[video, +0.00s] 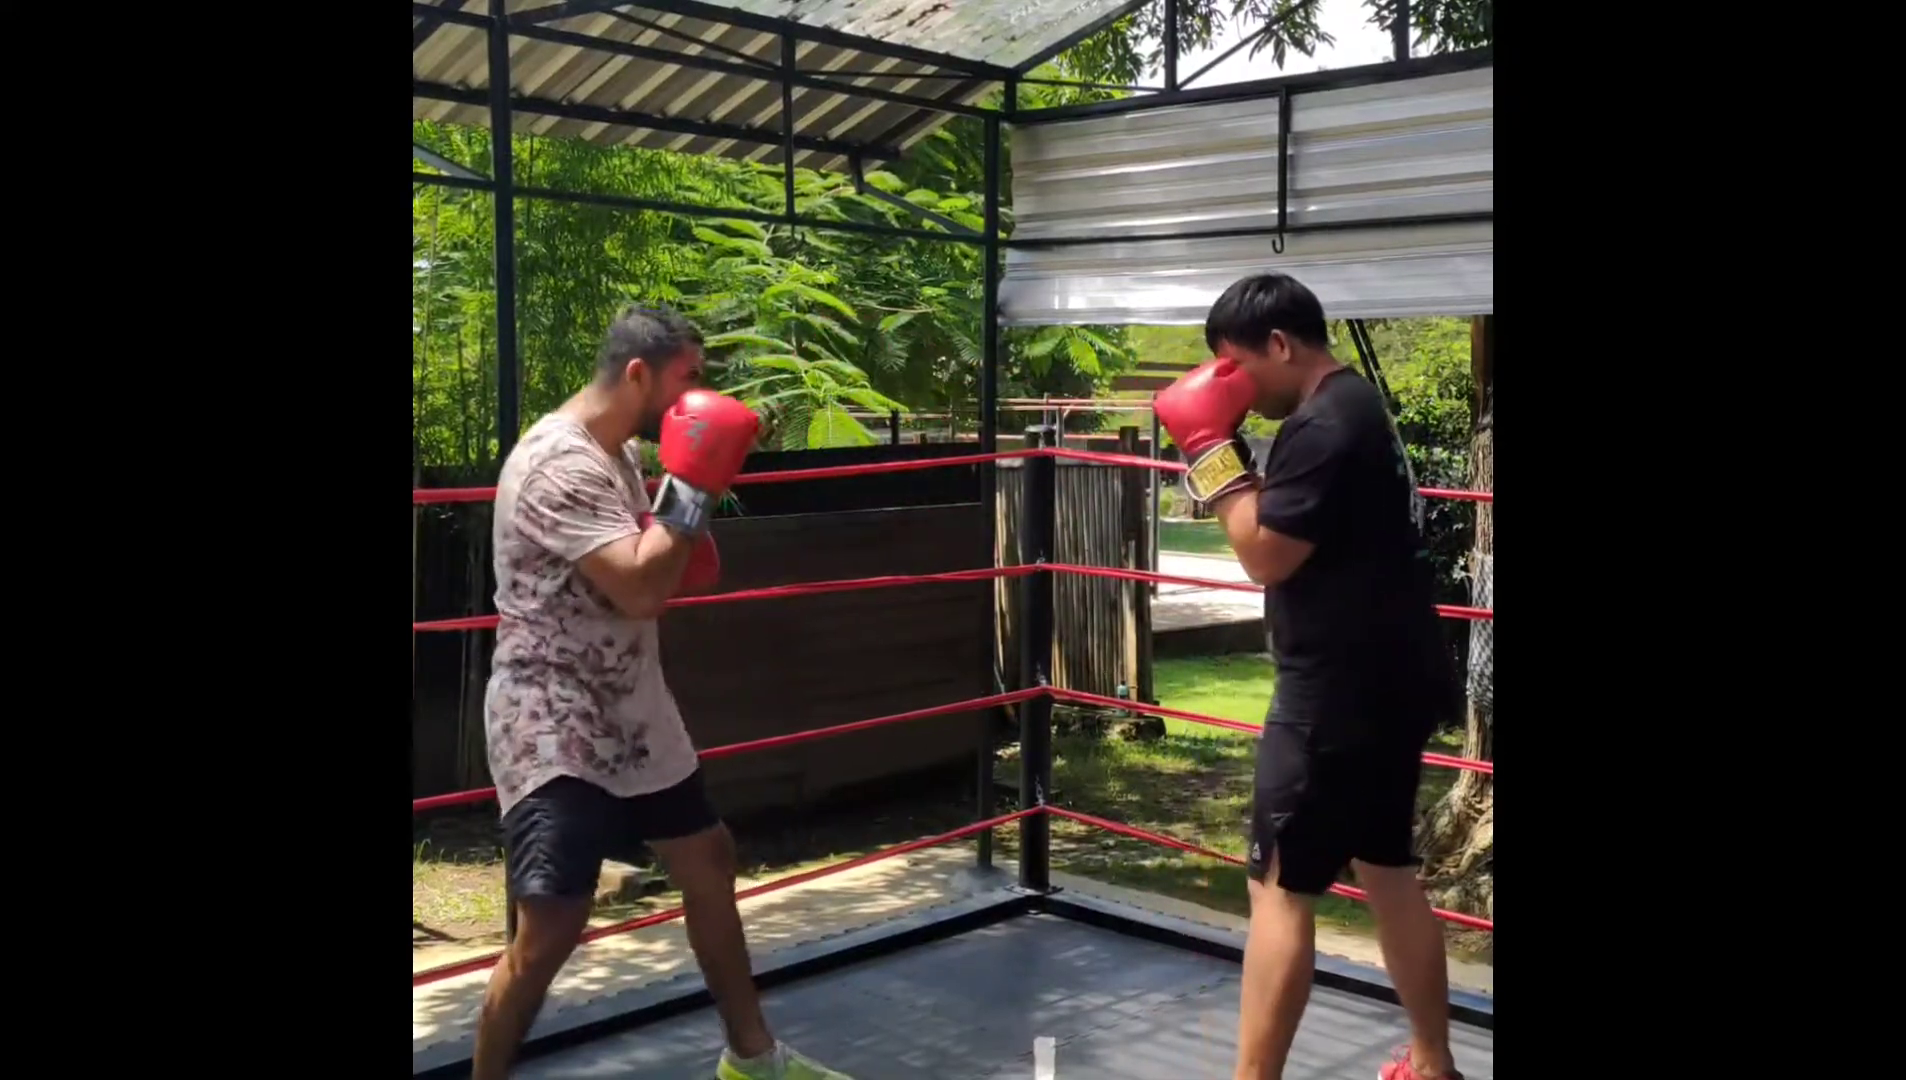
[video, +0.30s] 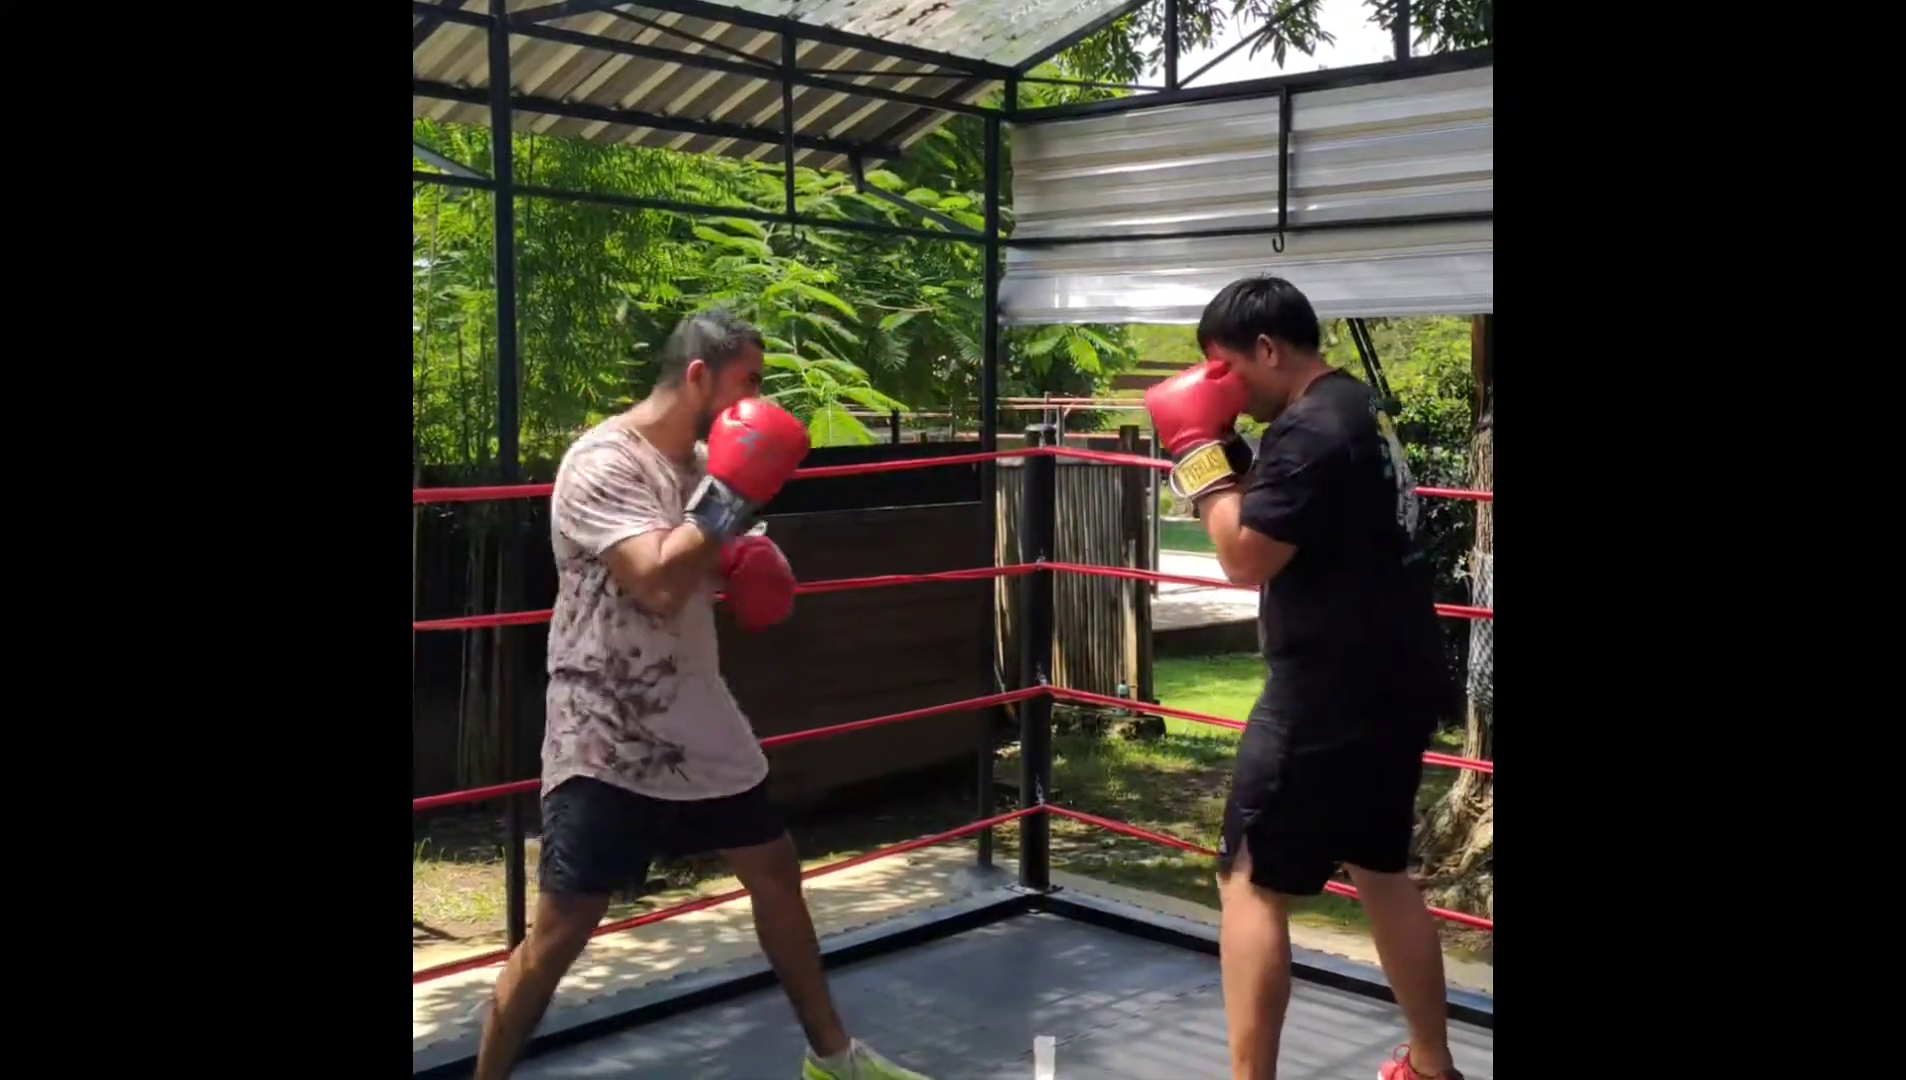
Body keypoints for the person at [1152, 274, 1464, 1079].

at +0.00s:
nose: (1232, 381)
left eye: (1233, 363)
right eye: (1225, 368)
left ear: (1280, 346)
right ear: (1295, 344)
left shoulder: (1326, 423)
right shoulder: (1355, 403)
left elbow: (1268, 559)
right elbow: (1280, 539)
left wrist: (1213, 455)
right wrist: (1229, 452)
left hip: (1331, 691)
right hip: (1387, 686)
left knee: (1278, 886)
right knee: (1388, 872)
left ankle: (1254, 1072)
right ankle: (1433, 1062)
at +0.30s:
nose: (1223, 384)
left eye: (1225, 367)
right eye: (1216, 371)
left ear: (1268, 351)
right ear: (1288, 349)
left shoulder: (1311, 430)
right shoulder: (1352, 407)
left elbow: (1245, 561)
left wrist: (1201, 455)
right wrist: (1226, 448)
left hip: (1322, 693)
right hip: (1391, 690)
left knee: (1250, 880)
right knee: (1384, 872)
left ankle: (1250, 1072)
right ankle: (1432, 1062)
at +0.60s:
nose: (1231, 385)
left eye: (1229, 370)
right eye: (1223, 372)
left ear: (1264, 353)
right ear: (1306, 345)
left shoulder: (1289, 414)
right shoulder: (1374, 397)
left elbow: (1179, 496)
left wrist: (1112, 412)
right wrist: (1242, 426)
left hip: (1313, 680)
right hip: (1409, 679)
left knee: (1248, 874)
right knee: (1393, 869)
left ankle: (1241, 1070)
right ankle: (1436, 1062)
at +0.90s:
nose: (1232, 385)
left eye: (1233, 367)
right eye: (1224, 372)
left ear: (1279, 347)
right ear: (1295, 346)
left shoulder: (1328, 421)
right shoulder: (1356, 403)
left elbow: (1282, 563)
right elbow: (1300, 543)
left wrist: (1218, 463)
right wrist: (1237, 456)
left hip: (1335, 690)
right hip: (1396, 685)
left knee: (1271, 887)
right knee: (1388, 874)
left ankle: (1253, 1072)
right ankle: (1433, 1061)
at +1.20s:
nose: (1193, 387)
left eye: (1191, 367)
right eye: (1187, 371)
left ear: (1230, 350)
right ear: (1274, 342)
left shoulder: (1254, 416)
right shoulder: (1346, 397)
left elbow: (1168, 512)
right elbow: (1290, 490)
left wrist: (1094, 453)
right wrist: (1203, 446)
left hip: (1281, 685)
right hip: (1385, 681)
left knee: (1218, 872)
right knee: (1387, 870)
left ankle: (1204, 1070)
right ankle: (1432, 1059)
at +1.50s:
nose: (1198, 385)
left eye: (1197, 363)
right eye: (1194, 365)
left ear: (1233, 344)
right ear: (1271, 341)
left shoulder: (1251, 402)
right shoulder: (1342, 394)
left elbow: (1159, 513)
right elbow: (1287, 495)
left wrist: (1062, 445)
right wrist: (1197, 444)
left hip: (1286, 680)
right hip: (1383, 679)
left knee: (1226, 874)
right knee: (1389, 864)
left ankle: (1214, 1070)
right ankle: (1435, 1054)